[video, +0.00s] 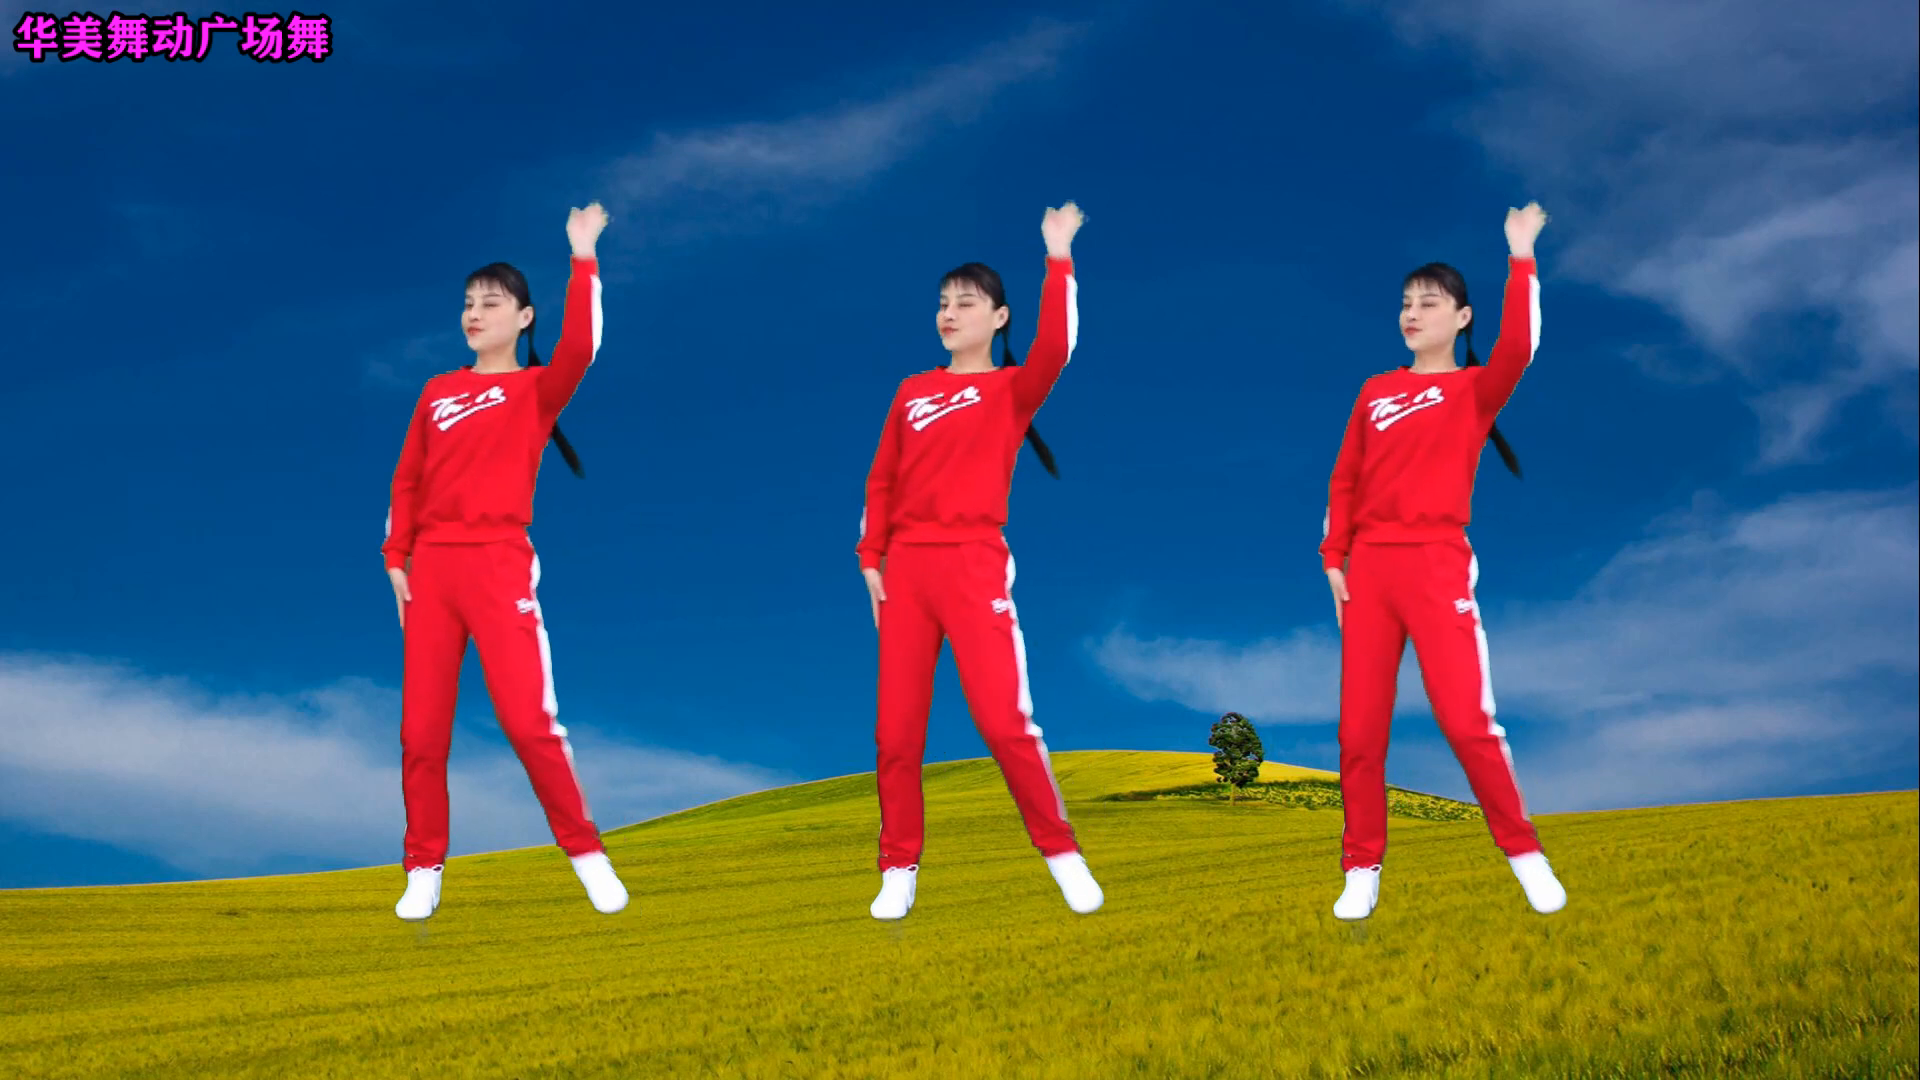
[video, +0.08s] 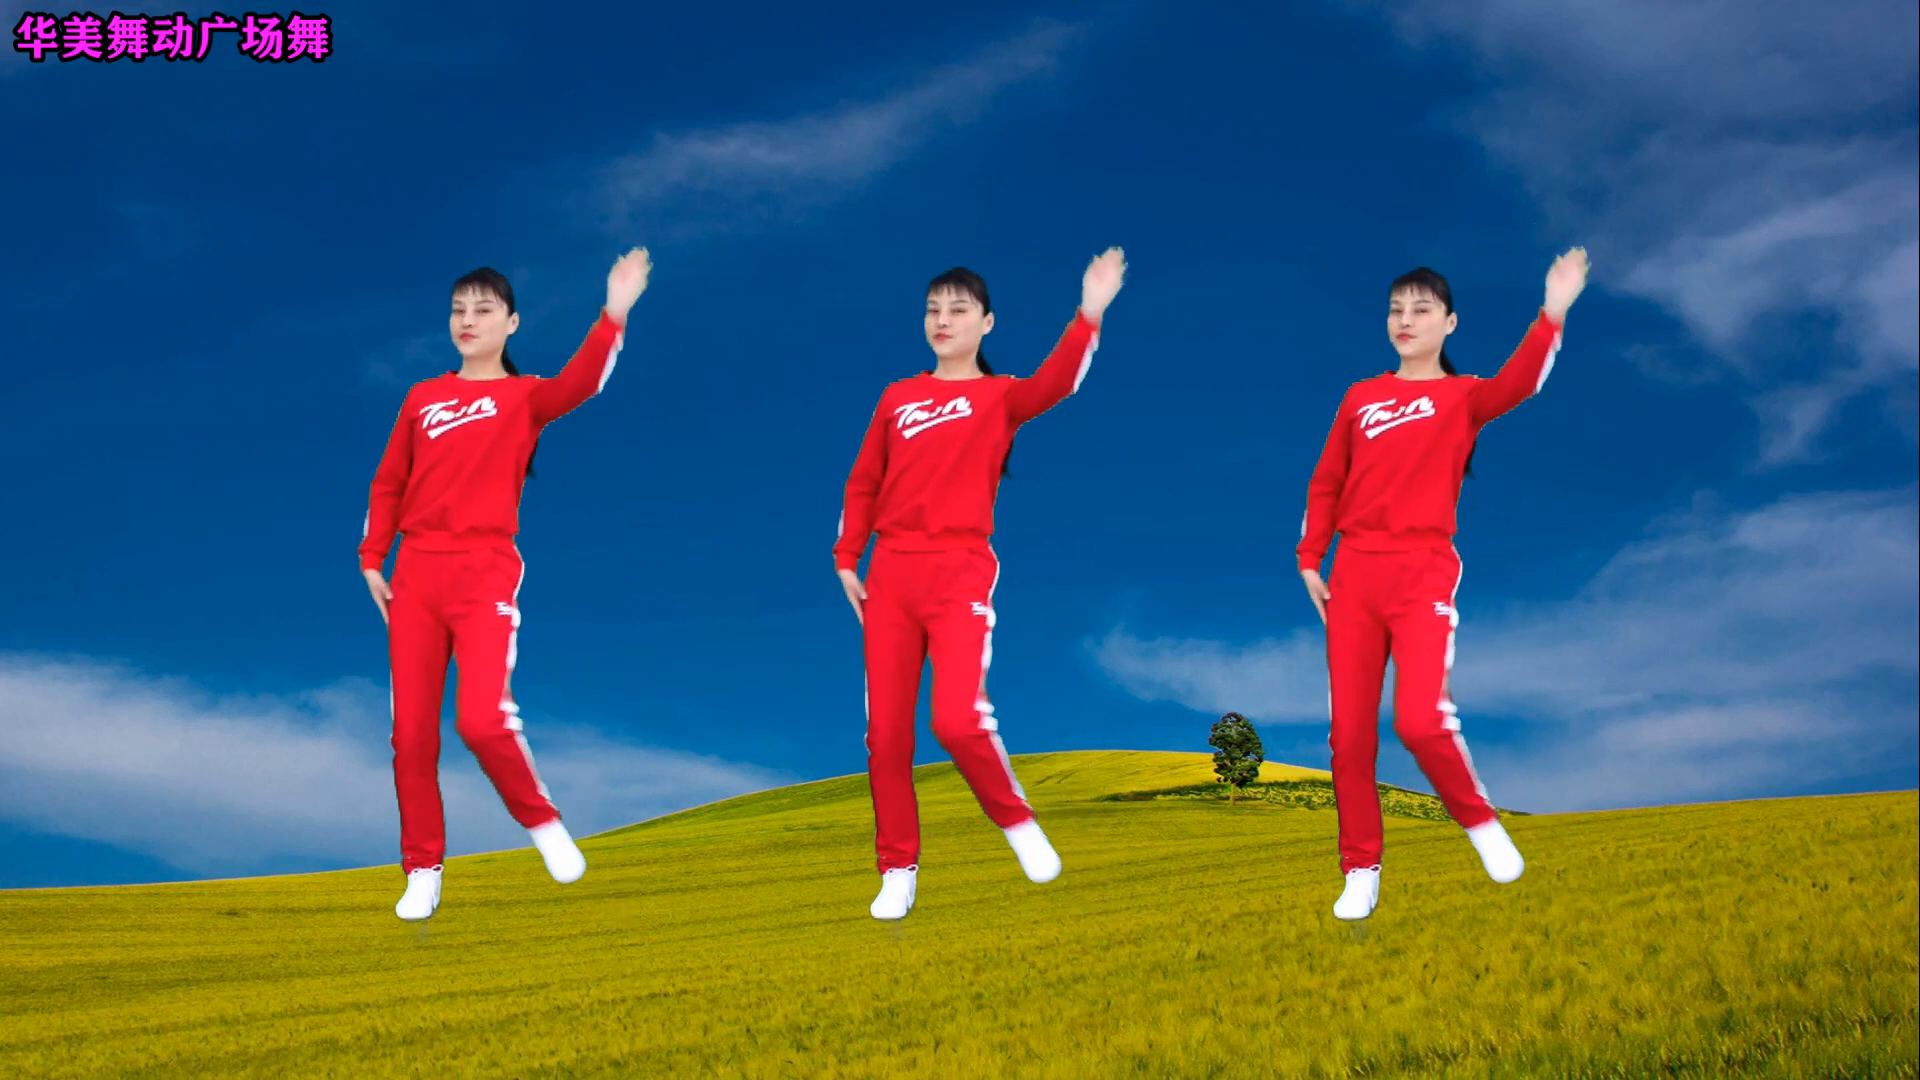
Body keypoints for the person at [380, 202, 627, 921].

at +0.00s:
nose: (475, 313)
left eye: (490, 304)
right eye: (469, 305)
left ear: (524, 317)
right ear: (461, 320)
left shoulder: (537, 388)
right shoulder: (437, 393)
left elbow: (579, 341)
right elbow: (406, 481)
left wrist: (584, 253)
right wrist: (396, 559)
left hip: (500, 564)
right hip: (430, 568)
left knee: (528, 722)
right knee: (421, 735)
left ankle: (585, 850)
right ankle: (423, 865)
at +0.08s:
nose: (470, 318)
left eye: (484, 308)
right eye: (461, 309)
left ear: (509, 323)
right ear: (450, 323)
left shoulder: (526, 395)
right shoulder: (422, 398)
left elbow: (583, 380)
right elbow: (389, 482)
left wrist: (614, 312)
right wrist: (371, 559)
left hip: (487, 570)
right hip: (416, 569)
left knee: (480, 720)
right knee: (412, 731)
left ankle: (542, 824)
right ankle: (422, 864)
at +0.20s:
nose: (458, 332)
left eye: (472, 321)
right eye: (447, 322)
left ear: (494, 332)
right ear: (435, 334)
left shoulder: (517, 408)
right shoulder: (406, 408)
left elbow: (581, 437)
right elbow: (367, 489)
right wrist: (334, 562)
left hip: (475, 580)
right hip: (402, 578)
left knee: (428, 715)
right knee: (391, 734)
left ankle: (480, 797)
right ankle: (420, 866)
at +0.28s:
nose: (453, 327)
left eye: (465, 316)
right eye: (442, 318)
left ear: (487, 326)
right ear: (428, 330)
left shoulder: (514, 405)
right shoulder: (398, 400)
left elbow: (566, 462)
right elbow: (346, 471)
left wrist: (622, 511)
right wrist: (303, 535)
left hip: (472, 575)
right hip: (400, 571)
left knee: (419, 709)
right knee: (390, 725)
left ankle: (460, 801)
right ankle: (419, 864)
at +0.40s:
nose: (446, 309)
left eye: (457, 298)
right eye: (433, 301)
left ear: (479, 308)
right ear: (419, 314)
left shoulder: (507, 390)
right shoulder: (392, 378)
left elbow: (540, 476)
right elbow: (318, 427)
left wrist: (571, 558)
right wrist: (252, 475)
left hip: (471, 560)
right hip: (398, 559)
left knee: (438, 715)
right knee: (403, 719)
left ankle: (456, 840)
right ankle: (421, 861)